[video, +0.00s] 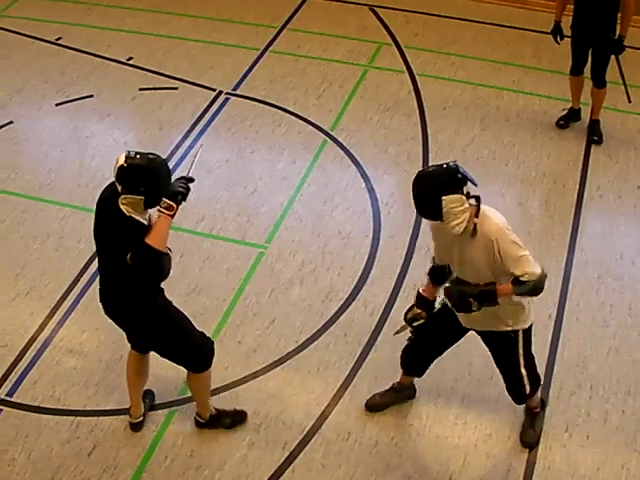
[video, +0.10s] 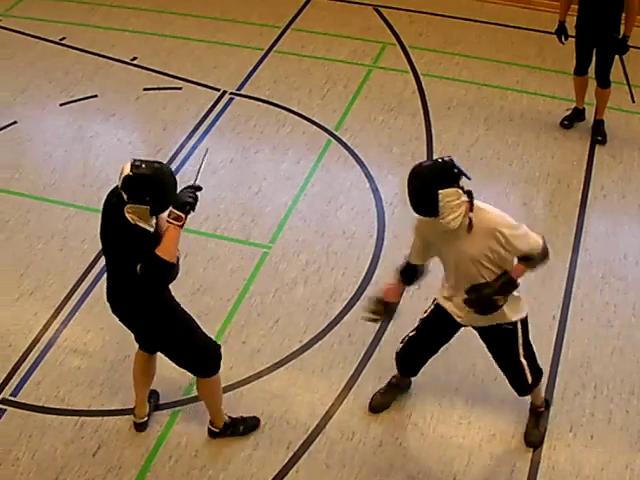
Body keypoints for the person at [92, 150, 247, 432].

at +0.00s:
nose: (155, 202)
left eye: (156, 196)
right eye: (153, 197)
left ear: (127, 182)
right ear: (140, 196)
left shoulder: (109, 196)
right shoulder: (127, 228)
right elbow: (152, 269)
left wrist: (164, 196)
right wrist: (168, 210)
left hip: (113, 297)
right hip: (142, 306)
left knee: (140, 344)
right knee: (200, 350)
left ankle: (135, 412)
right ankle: (205, 413)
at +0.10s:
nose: (160, 209)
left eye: (162, 203)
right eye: (159, 204)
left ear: (132, 189)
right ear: (145, 204)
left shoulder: (116, 200)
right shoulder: (133, 235)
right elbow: (161, 274)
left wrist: (172, 207)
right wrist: (177, 219)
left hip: (121, 295)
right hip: (148, 305)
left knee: (147, 345)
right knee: (207, 355)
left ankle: (140, 411)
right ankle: (219, 422)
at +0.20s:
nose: (165, 212)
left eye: (167, 206)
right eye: (162, 208)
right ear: (149, 209)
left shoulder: (121, 204)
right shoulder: (137, 238)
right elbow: (163, 273)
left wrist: (169, 212)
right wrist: (173, 229)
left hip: (127, 298)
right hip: (155, 308)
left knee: (149, 342)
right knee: (213, 357)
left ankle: (141, 409)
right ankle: (222, 423)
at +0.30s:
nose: (163, 208)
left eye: (160, 203)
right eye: (158, 204)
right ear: (143, 208)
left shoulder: (128, 206)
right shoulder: (120, 236)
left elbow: (162, 223)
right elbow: (146, 279)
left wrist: (174, 248)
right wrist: (148, 236)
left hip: (137, 295)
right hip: (161, 308)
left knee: (144, 338)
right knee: (219, 356)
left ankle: (121, 401)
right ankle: (226, 424)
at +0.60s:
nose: (137, 217)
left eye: (136, 211)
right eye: (134, 213)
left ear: (110, 210)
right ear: (118, 217)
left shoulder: (105, 218)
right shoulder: (95, 250)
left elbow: (142, 239)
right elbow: (119, 293)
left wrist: (149, 261)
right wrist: (123, 256)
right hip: (142, 318)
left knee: (123, 350)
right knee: (213, 356)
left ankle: (90, 403)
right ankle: (234, 423)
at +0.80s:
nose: (102, 162)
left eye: (106, 165)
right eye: (135, 197)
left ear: (106, 181)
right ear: (125, 200)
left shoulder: (95, 201)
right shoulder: (110, 232)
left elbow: (133, 229)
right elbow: (144, 269)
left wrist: (147, 220)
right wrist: (151, 227)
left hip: (103, 301)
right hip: (130, 310)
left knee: (105, 350)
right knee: (186, 361)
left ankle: (89, 404)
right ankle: (217, 420)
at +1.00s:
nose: (120, 165)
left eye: (124, 170)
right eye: (126, 166)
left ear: (124, 187)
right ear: (145, 205)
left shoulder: (105, 203)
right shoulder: (129, 242)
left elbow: (132, 224)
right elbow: (169, 285)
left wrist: (162, 237)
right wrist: (185, 226)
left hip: (107, 309)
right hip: (140, 317)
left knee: (101, 355)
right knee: (199, 358)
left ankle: (88, 406)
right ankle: (212, 421)